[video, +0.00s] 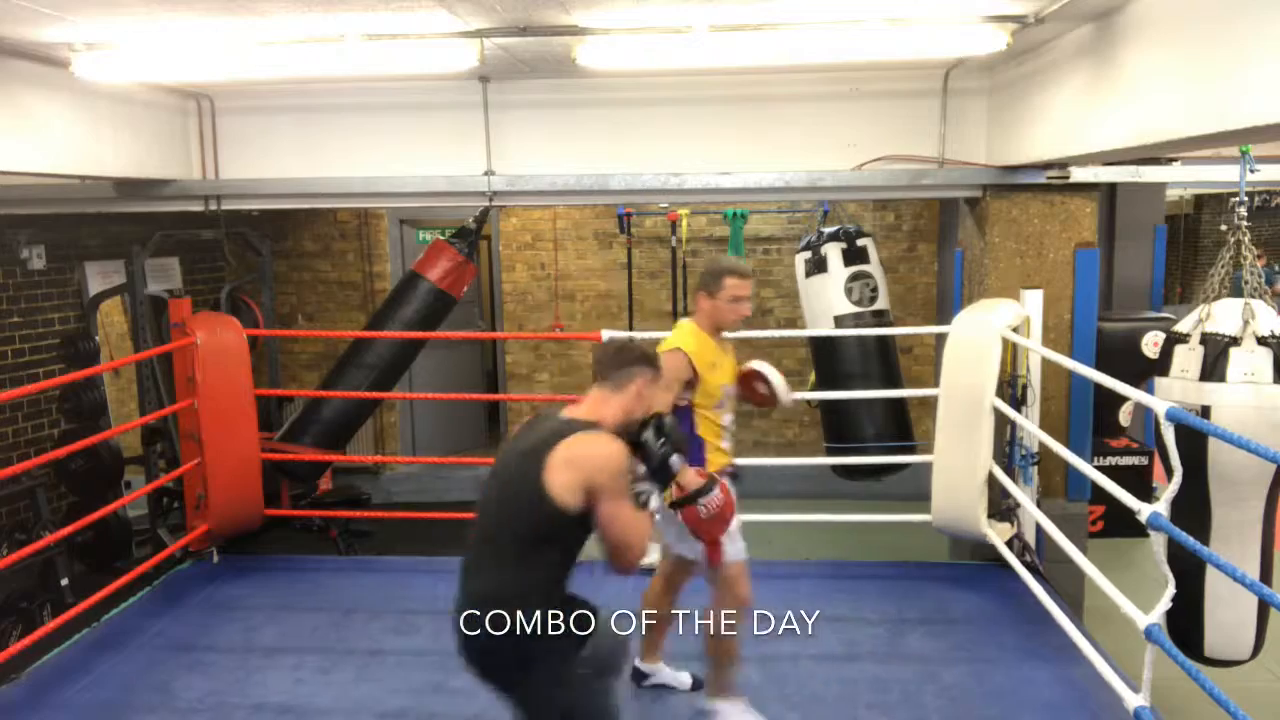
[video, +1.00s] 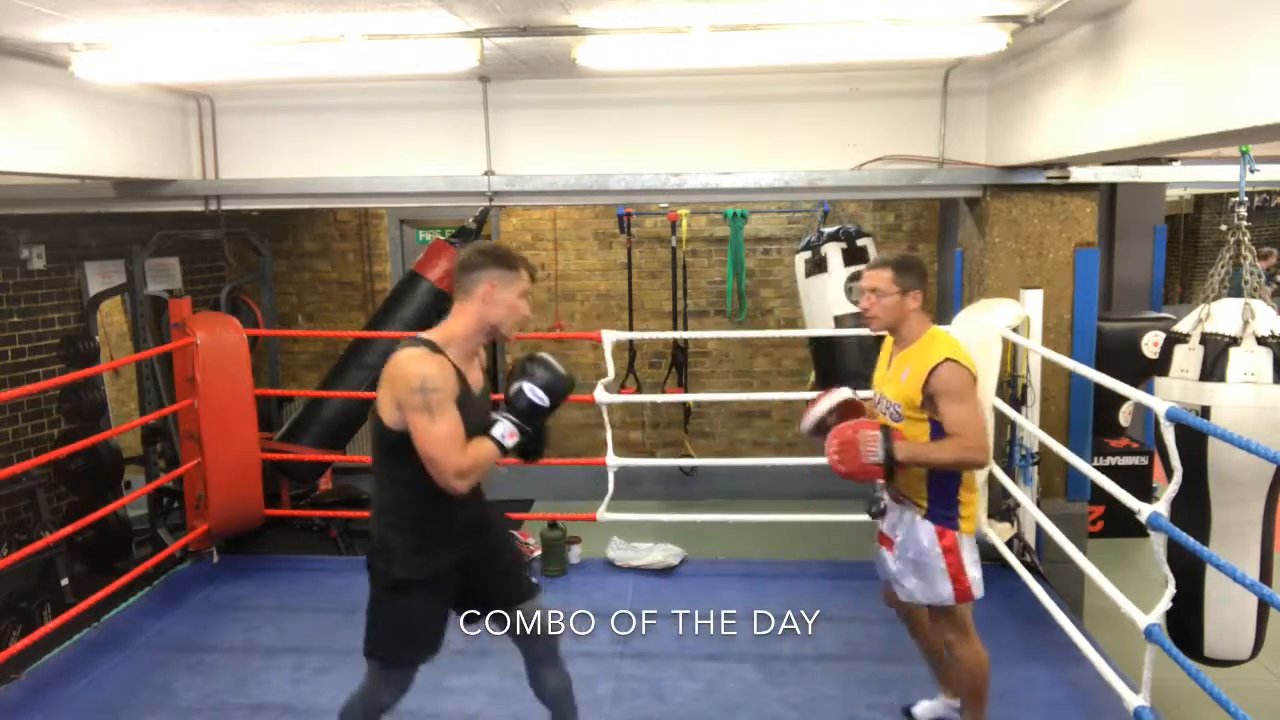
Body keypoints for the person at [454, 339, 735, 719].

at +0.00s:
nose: (662, 408)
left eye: (665, 398)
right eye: (662, 396)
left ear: (601, 380)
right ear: (638, 386)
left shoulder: (540, 425)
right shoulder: (604, 451)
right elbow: (627, 557)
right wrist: (647, 484)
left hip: (481, 618)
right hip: (524, 627)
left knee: (607, 645)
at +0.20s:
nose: (603, 459)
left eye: (605, 446)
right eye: (602, 445)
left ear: (543, 429)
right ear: (577, 438)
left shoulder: (504, 474)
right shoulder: (508, 517)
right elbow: (553, 611)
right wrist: (592, 547)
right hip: (441, 691)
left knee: (602, 684)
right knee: (602, 687)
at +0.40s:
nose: (591, 412)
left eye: (594, 398)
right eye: (589, 396)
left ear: (556, 388)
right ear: (559, 389)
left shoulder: (500, 441)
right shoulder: (478, 468)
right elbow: (529, 584)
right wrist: (576, 507)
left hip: (471, 630)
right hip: (422, 652)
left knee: (590, 676)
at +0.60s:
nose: (611, 365)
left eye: (613, 353)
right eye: (610, 351)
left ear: (577, 345)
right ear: (582, 346)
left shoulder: (538, 402)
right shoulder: (504, 406)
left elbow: (573, 459)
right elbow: (540, 518)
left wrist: (611, 427)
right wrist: (598, 453)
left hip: (494, 569)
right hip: (438, 582)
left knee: (576, 658)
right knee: (428, 711)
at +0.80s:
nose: (580, 338)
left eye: (581, 327)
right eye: (576, 325)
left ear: (541, 322)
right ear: (541, 320)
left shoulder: (522, 387)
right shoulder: (470, 381)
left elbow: (515, 466)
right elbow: (497, 488)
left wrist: (562, 423)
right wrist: (560, 435)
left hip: (492, 555)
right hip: (434, 565)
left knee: (567, 650)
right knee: (428, 706)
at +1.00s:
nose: (528, 311)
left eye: (528, 298)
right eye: (522, 296)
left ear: (487, 296)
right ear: (486, 294)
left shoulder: (475, 357)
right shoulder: (419, 367)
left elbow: (462, 444)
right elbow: (456, 473)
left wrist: (513, 430)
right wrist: (511, 425)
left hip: (472, 536)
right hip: (413, 552)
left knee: (538, 637)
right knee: (386, 684)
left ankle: (567, 714)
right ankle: (348, 717)